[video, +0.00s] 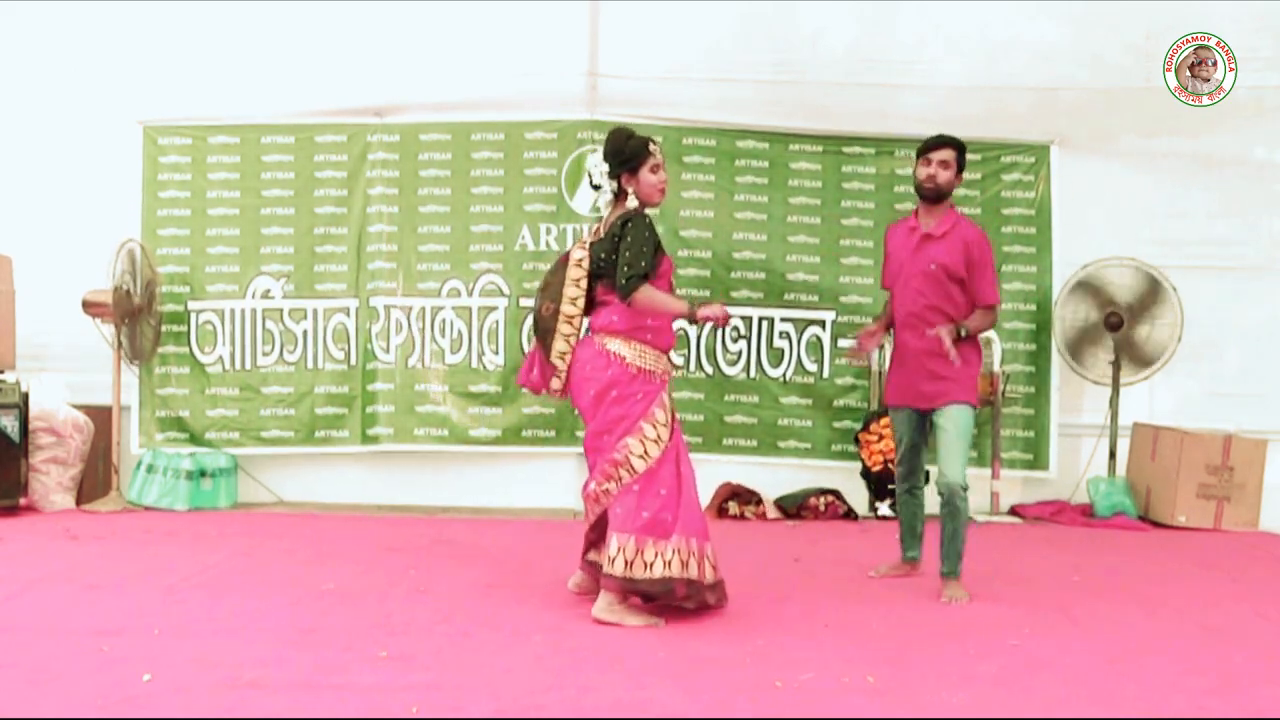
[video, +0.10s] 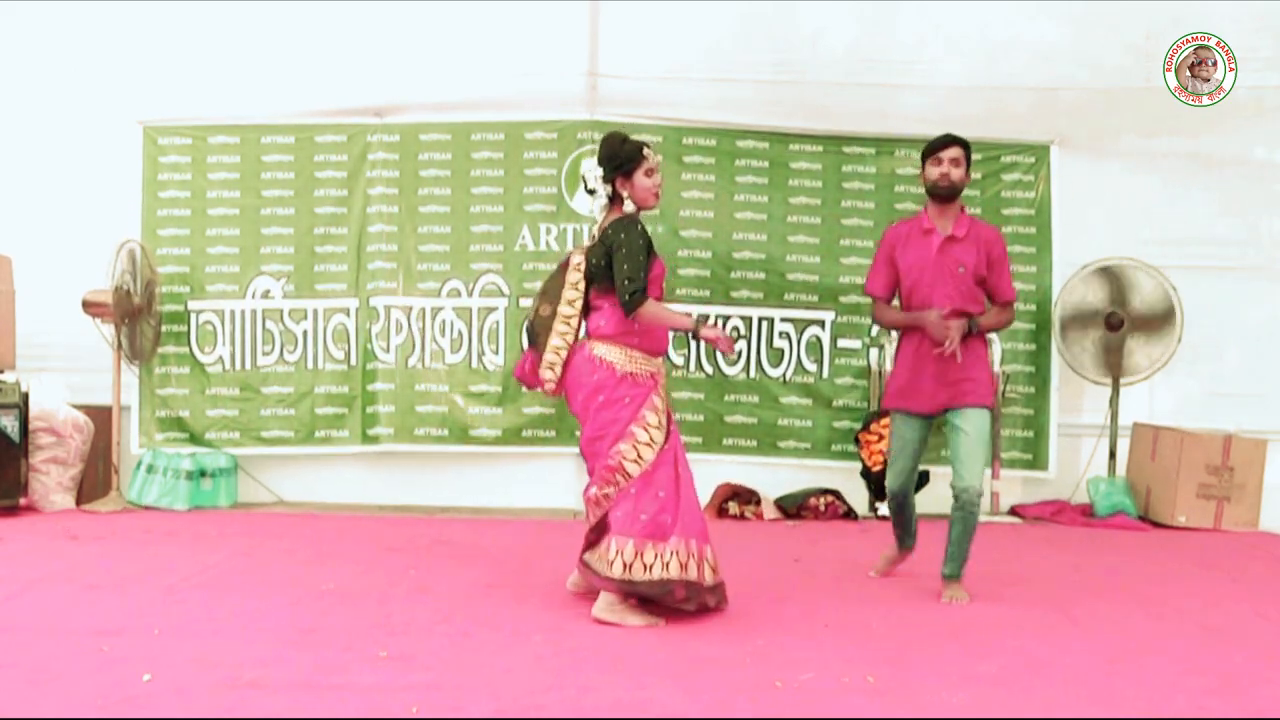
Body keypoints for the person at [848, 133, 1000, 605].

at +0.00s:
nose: (933, 171)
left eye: (944, 166)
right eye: (927, 163)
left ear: (958, 178)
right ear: (915, 170)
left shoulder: (970, 237)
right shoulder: (897, 234)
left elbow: (988, 310)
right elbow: (896, 300)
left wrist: (958, 329)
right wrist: (877, 327)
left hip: (954, 374)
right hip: (905, 371)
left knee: (950, 480)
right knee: (907, 474)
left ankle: (951, 575)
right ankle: (910, 557)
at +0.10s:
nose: (946, 170)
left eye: (956, 163)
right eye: (937, 162)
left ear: (968, 175)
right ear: (923, 173)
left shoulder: (987, 237)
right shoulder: (898, 235)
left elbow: (1004, 311)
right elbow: (880, 311)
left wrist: (968, 326)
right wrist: (923, 319)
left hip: (969, 377)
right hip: (914, 376)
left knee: (969, 487)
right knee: (896, 483)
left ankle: (952, 579)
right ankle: (904, 542)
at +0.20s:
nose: (961, 147)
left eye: (968, 139)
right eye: (950, 140)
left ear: (977, 148)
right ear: (931, 151)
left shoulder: (994, 208)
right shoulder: (914, 205)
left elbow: (1030, 277)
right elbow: (893, 269)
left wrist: (1009, 250)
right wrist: (956, 239)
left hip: (980, 355)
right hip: (926, 351)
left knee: (974, 476)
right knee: (927, 467)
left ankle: (948, 572)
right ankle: (900, 520)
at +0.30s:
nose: (973, 129)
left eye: (977, 121)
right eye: (961, 123)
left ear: (985, 129)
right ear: (939, 135)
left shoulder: (991, 191)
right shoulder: (929, 182)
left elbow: (1022, 257)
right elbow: (919, 240)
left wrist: (1014, 222)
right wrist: (973, 207)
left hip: (981, 338)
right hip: (938, 332)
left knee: (974, 458)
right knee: (955, 445)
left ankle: (928, 562)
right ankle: (910, 536)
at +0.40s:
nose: (990, 121)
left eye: (990, 113)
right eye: (977, 116)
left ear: (991, 122)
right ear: (952, 132)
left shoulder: (985, 187)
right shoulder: (952, 180)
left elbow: (983, 265)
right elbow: (939, 233)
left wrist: (1015, 250)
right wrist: (1000, 229)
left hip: (982, 340)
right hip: (965, 340)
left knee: (952, 458)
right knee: (983, 458)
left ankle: (910, 560)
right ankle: (968, 592)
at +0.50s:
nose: (996, 130)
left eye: (995, 121)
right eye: (984, 126)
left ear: (994, 134)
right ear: (958, 144)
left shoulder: (983, 197)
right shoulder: (968, 189)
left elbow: (980, 292)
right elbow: (953, 232)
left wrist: (1032, 295)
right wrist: (1033, 250)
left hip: (977, 355)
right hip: (984, 358)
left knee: (952, 474)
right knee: (1011, 475)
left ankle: (906, 567)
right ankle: (985, 610)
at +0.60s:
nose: (1003, 123)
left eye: (1000, 115)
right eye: (991, 119)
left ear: (976, 135)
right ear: (964, 137)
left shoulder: (972, 186)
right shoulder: (973, 174)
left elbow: (942, 264)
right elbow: (988, 178)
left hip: (981, 352)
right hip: (992, 353)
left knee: (969, 465)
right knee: (1009, 482)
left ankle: (915, 565)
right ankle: (982, 618)